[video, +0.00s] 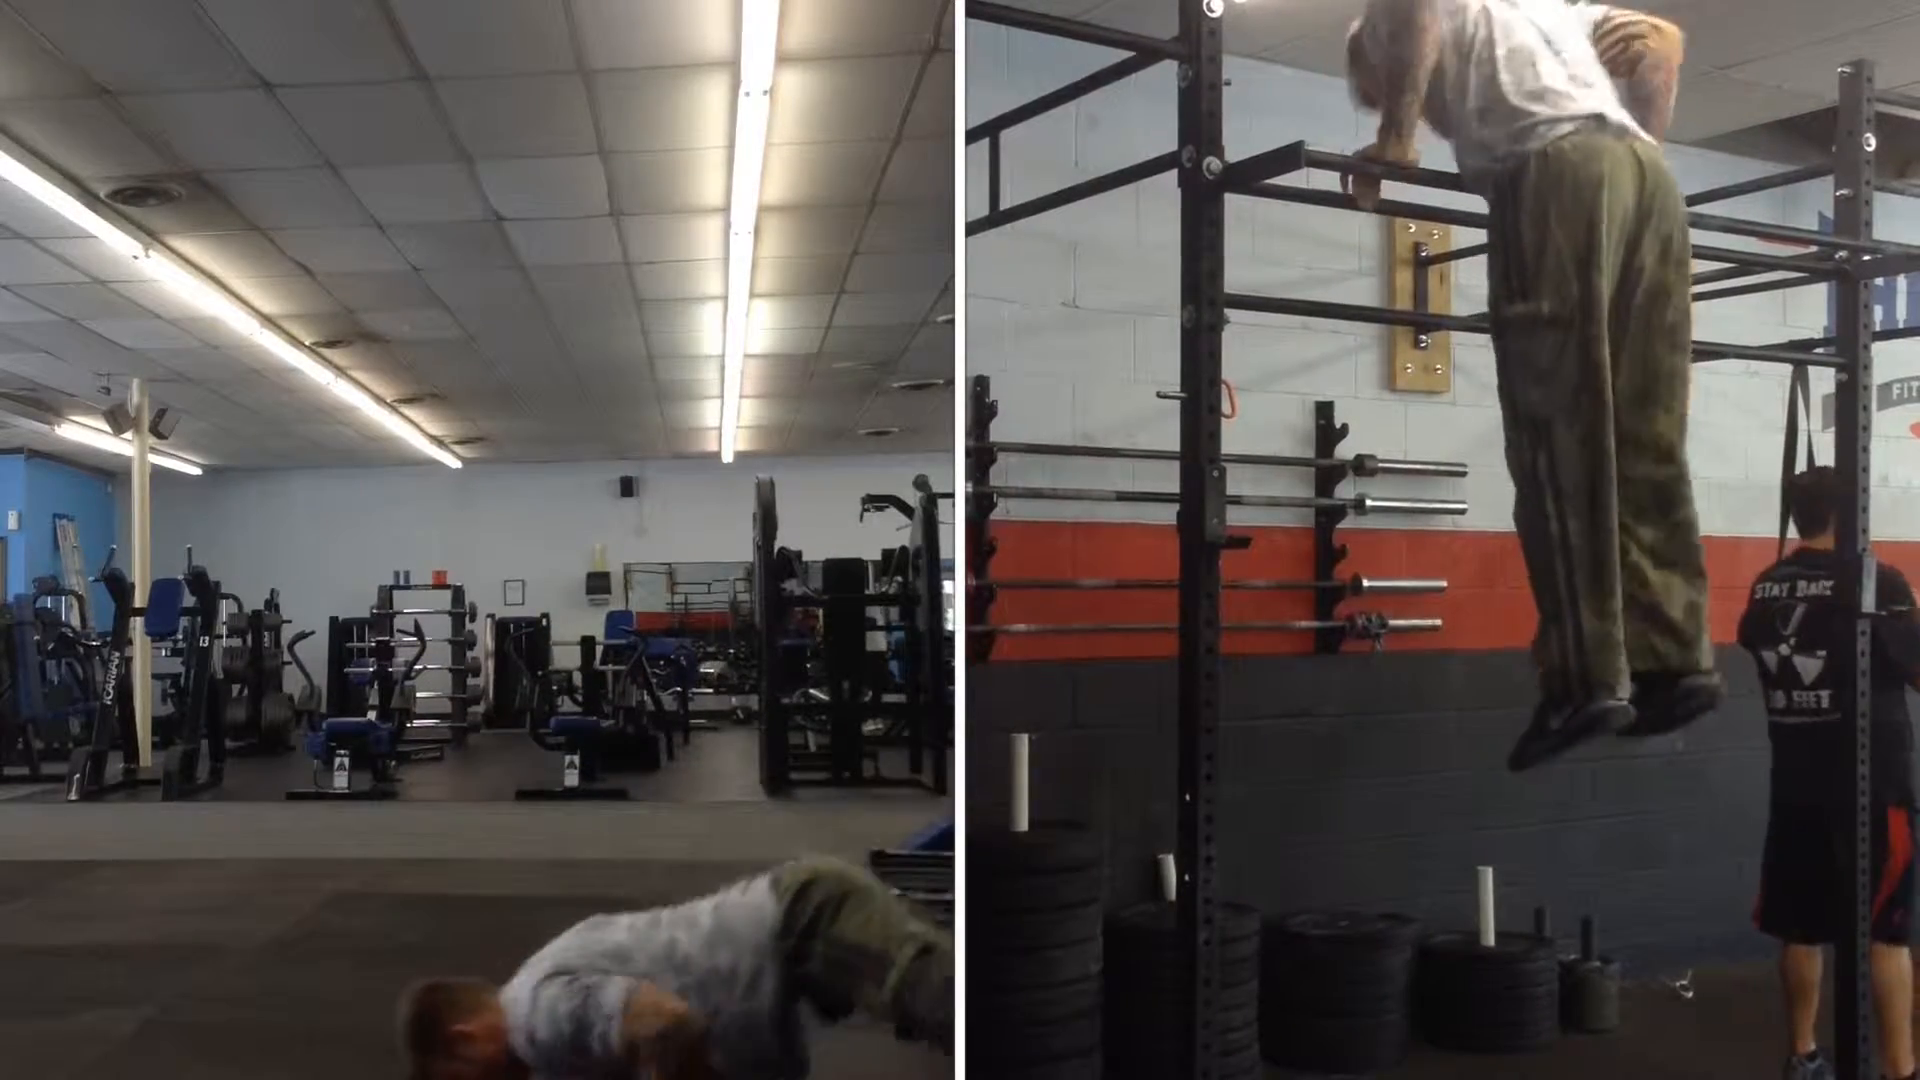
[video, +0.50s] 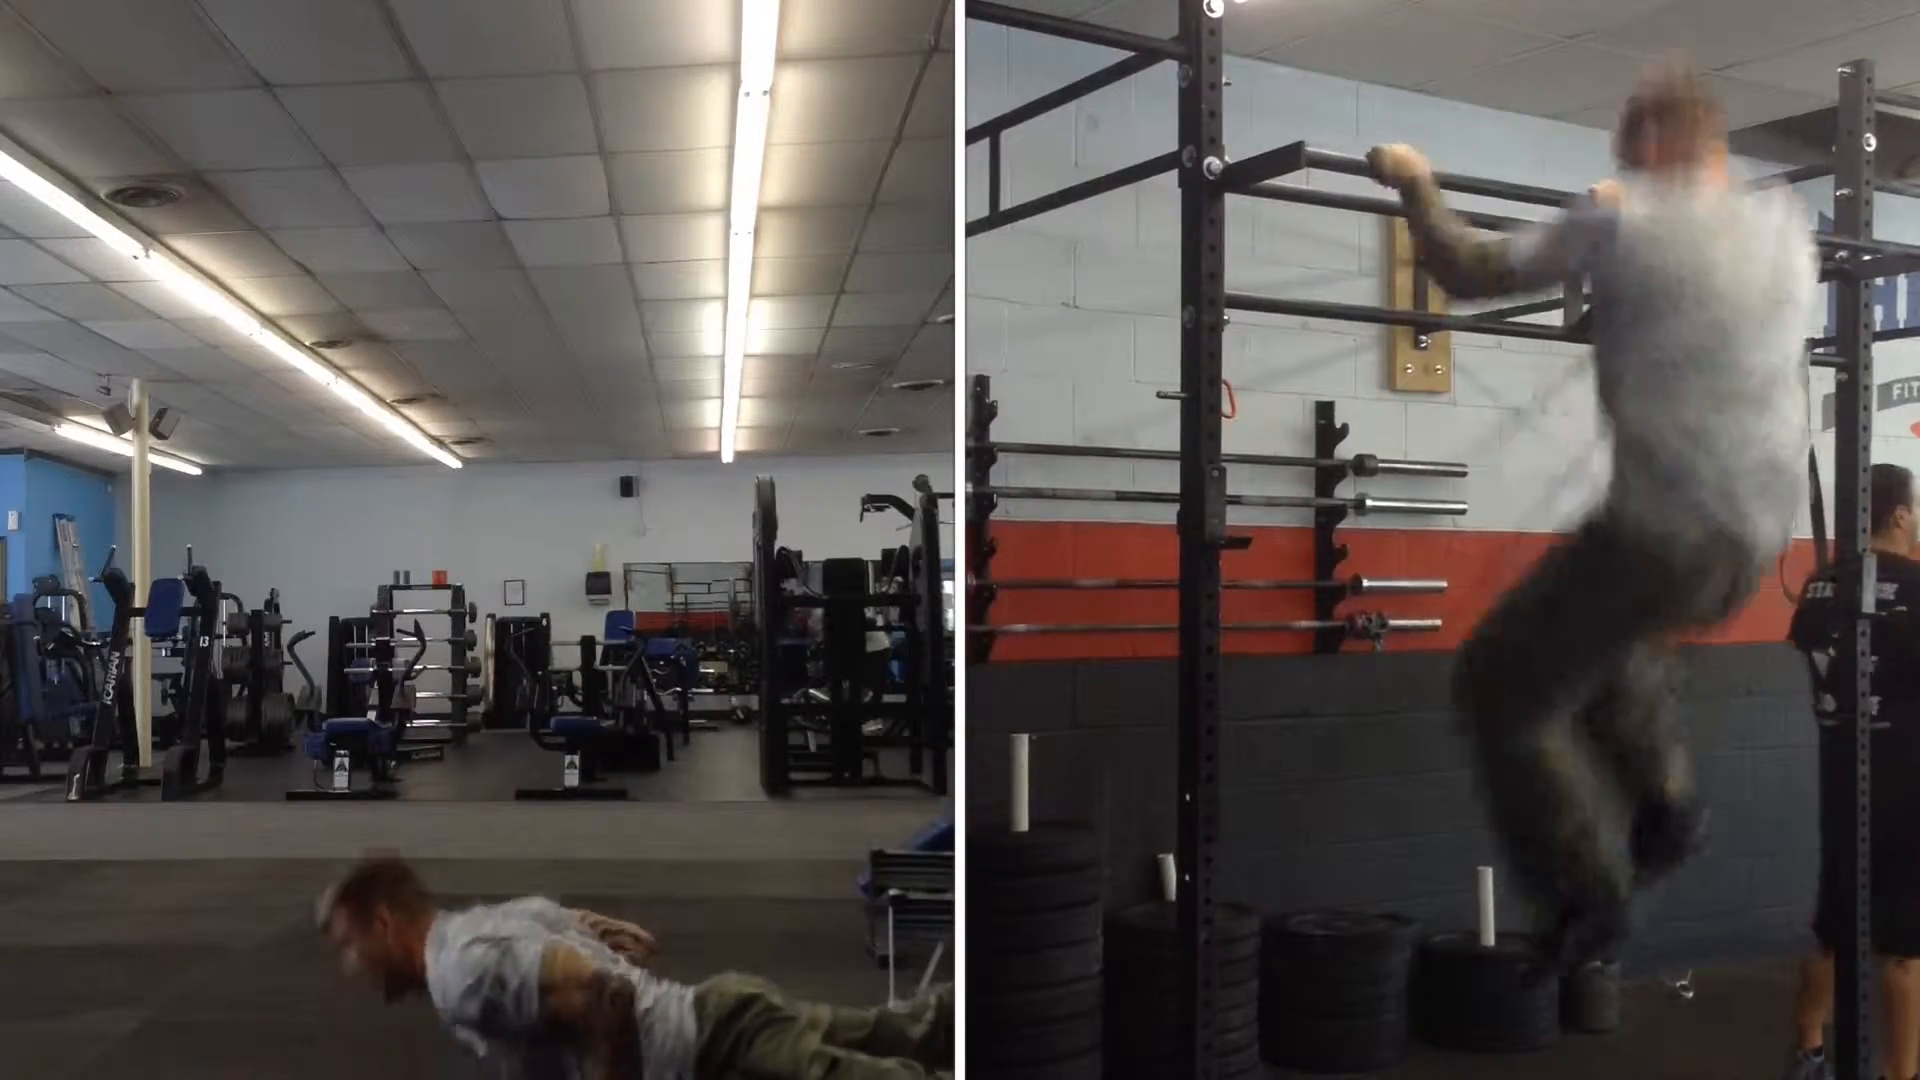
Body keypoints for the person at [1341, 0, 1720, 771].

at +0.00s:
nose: (1379, 85)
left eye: (1372, 69)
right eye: (1375, 79)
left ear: (1374, 27)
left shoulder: (1393, 23)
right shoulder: (1559, 12)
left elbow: (1422, 4)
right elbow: (1658, 43)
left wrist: (1398, 131)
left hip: (1557, 166)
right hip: (1649, 171)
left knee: (1557, 429)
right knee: (1651, 431)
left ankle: (1586, 682)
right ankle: (1676, 665)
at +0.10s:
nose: (1404, 53)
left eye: (1400, 33)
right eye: (1403, 45)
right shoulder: (1594, 7)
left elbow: (1447, 16)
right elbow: (1691, 44)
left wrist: (1401, 139)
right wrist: (1651, 140)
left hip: (1581, 161)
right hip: (1677, 168)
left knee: (1564, 419)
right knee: (1639, 428)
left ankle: (1585, 677)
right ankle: (1700, 639)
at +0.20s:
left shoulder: (1514, 5)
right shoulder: (1669, 8)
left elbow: (1480, 65)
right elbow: (1741, 94)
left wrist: (1397, 147)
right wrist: (1669, 144)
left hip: (1624, 182)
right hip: (1720, 197)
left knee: (1556, 434)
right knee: (1634, 435)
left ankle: (1593, 690)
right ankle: (1716, 630)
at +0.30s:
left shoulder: (1575, 7)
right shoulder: (1736, 15)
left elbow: (1501, 146)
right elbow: (1770, 167)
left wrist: (1409, 158)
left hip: (1666, 268)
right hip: (1761, 272)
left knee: (1543, 491)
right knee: (1638, 476)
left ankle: (1608, 727)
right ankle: (1723, 648)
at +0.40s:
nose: (1601, 33)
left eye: (1604, 19)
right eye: (1603, 20)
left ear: (1622, 14)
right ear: (1692, 12)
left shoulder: (1618, 86)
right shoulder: (1776, 91)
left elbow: (1498, 204)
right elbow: (1779, 233)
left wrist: (1423, 169)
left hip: (1682, 393)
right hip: (1779, 400)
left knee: (1525, 572)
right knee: (1626, 532)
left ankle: (1603, 796)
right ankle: (1705, 711)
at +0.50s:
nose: (1631, 154)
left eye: (1632, 141)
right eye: (1641, 143)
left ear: (1638, 140)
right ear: (1718, 141)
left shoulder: (1618, 211)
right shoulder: (1783, 222)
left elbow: (1473, 268)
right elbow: (1775, 316)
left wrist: (1418, 187)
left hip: (1656, 532)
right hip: (1754, 543)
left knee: (1501, 681)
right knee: (1609, 634)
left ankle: (1586, 896)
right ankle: (1666, 808)